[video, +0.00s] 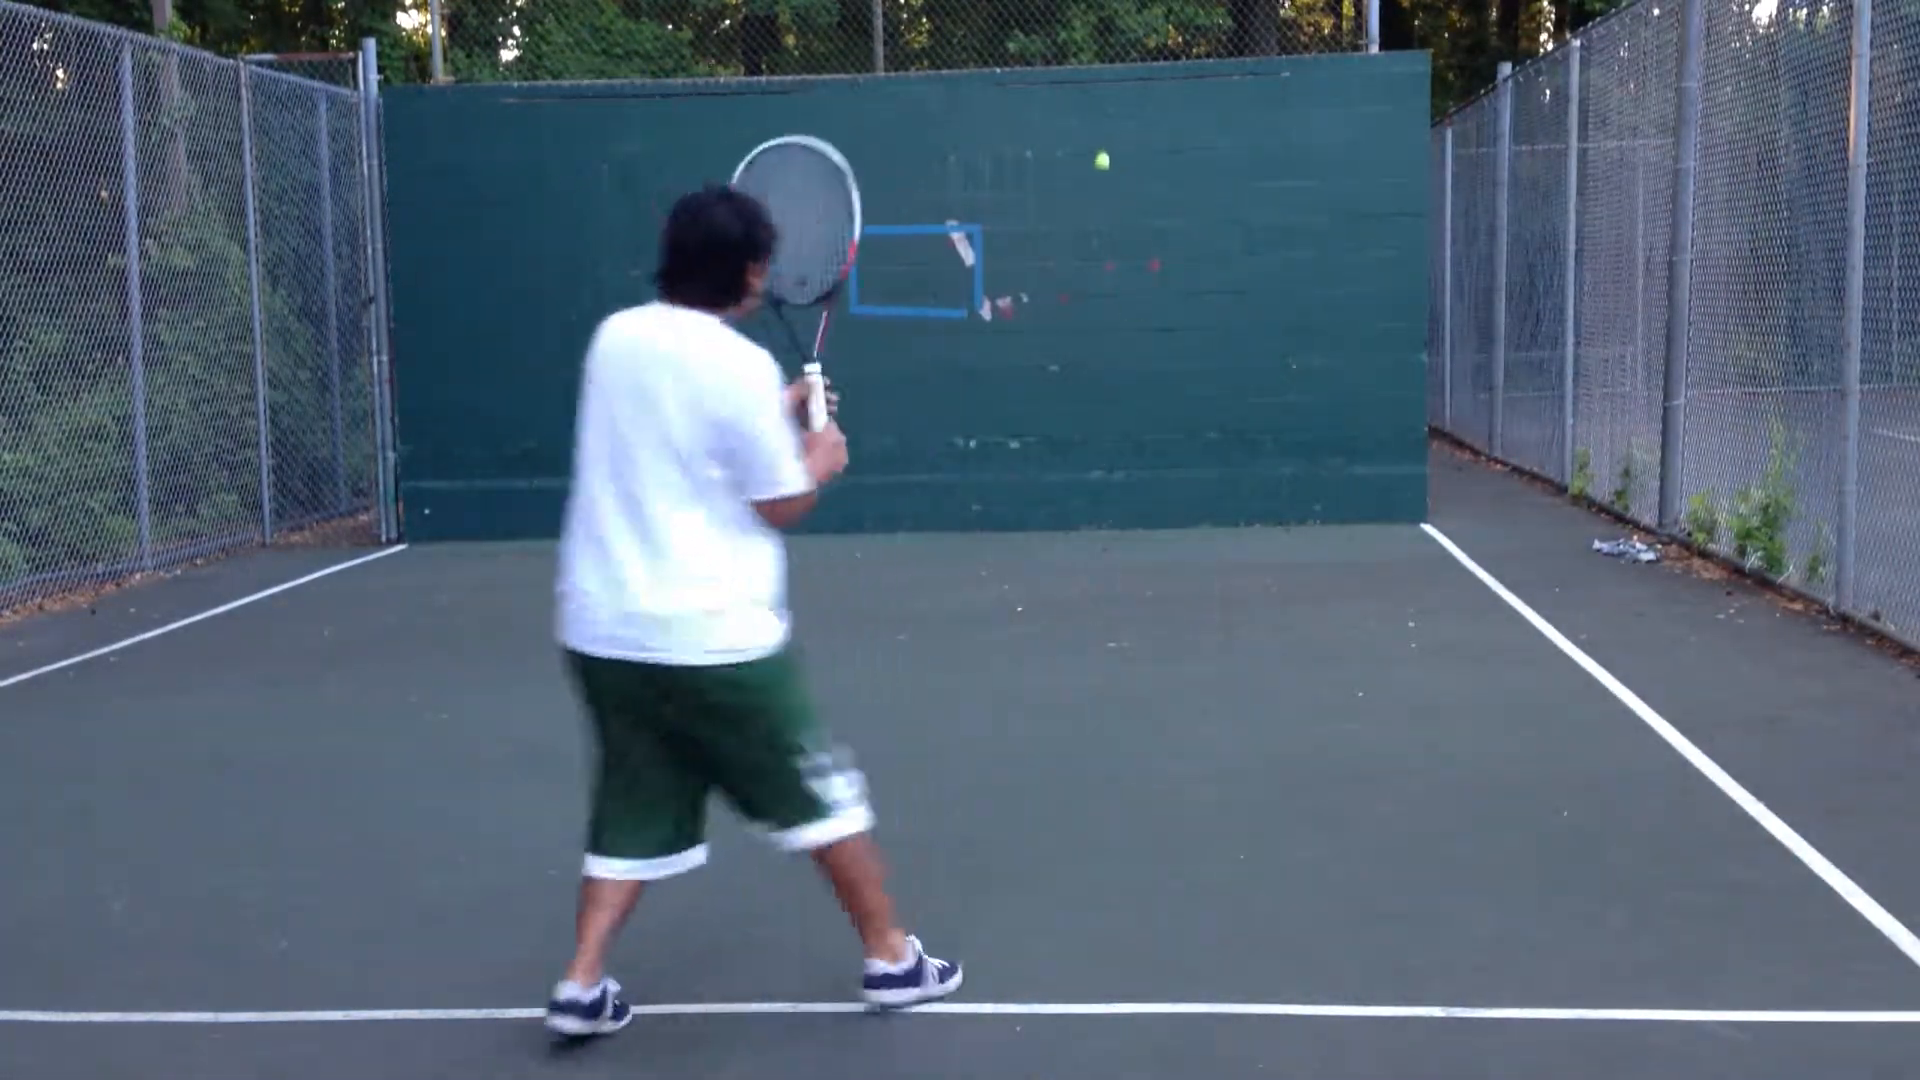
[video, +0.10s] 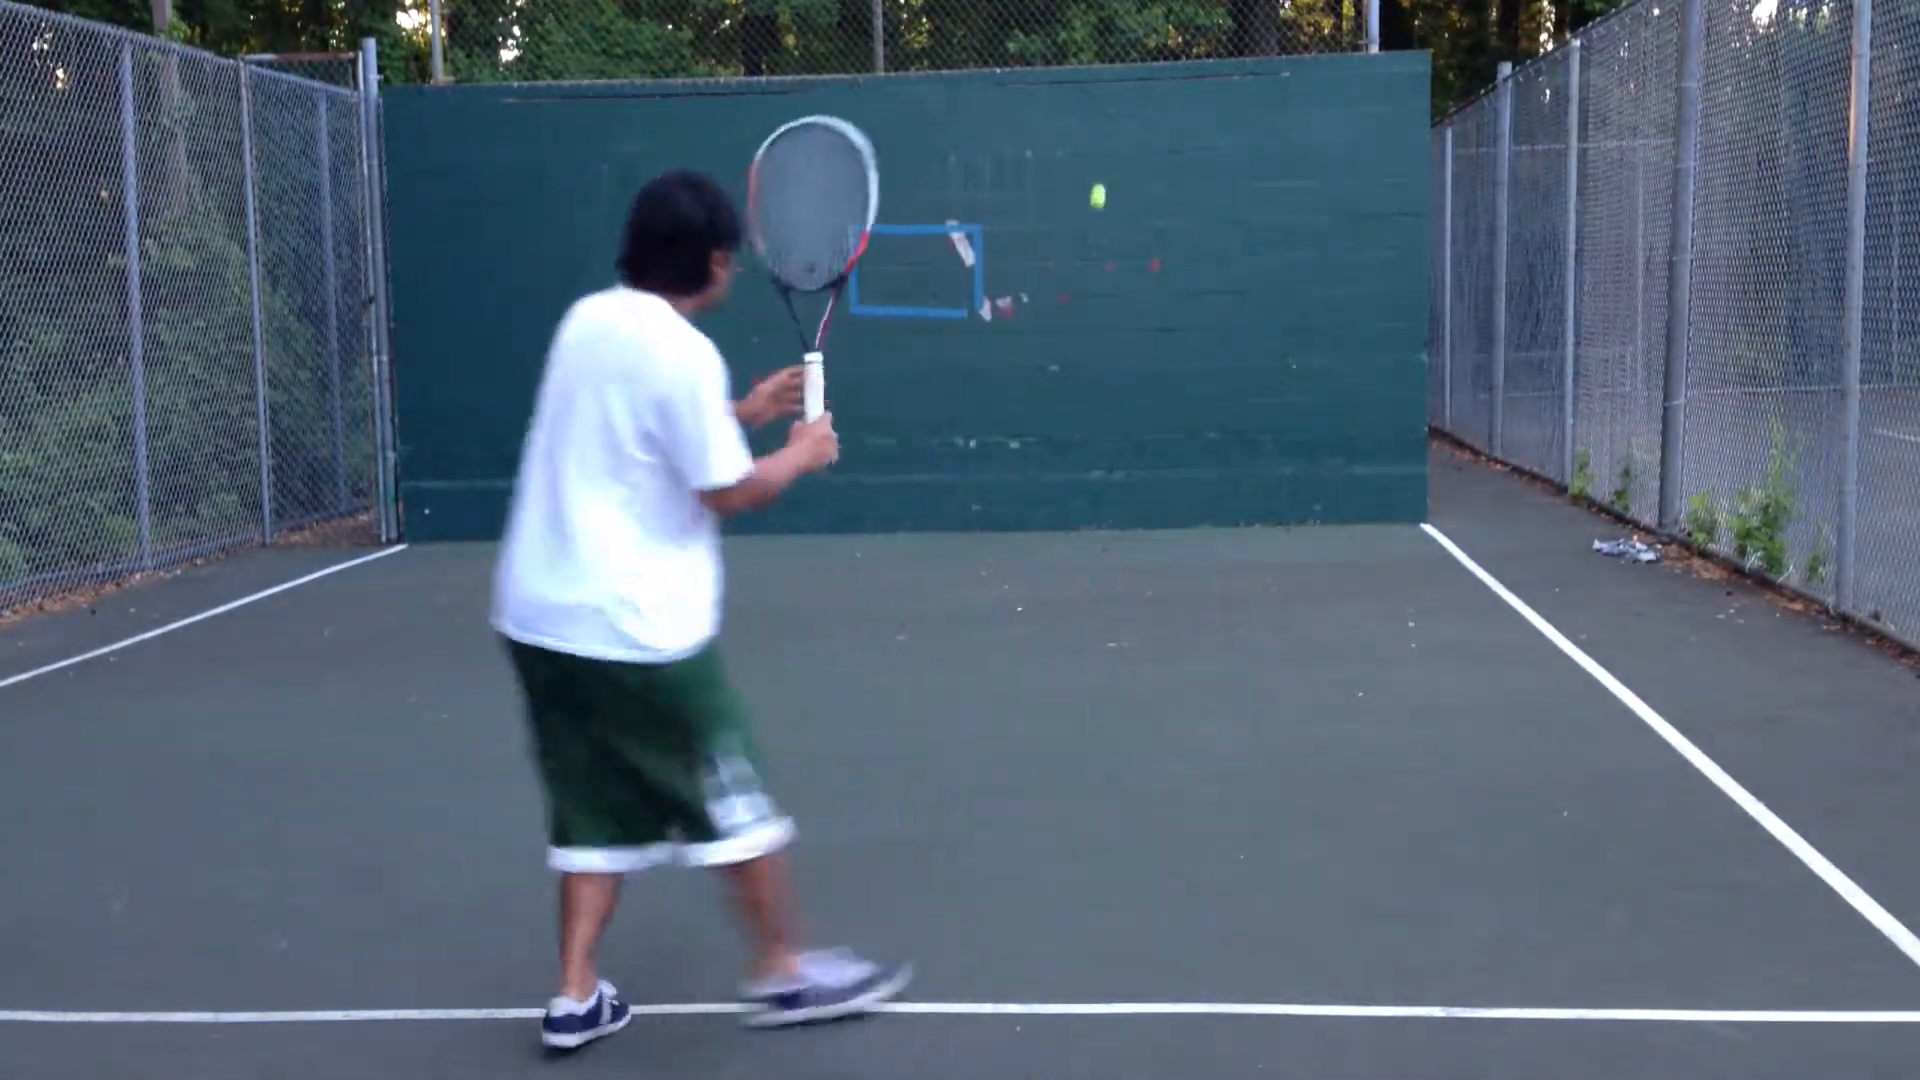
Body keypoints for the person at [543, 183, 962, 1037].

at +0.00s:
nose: (765, 280)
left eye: (764, 265)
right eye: (761, 266)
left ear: (671, 263)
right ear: (743, 276)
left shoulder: (613, 337)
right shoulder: (736, 367)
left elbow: (675, 437)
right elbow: (781, 503)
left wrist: (777, 409)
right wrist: (822, 461)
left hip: (602, 631)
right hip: (716, 641)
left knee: (635, 804)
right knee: (819, 794)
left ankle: (581, 983)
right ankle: (891, 956)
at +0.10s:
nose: (732, 272)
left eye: (731, 256)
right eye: (728, 258)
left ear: (641, 249)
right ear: (706, 265)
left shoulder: (586, 318)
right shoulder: (682, 355)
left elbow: (632, 427)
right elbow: (727, 490)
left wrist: (745, 407)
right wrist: (801, 456)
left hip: (542, 618)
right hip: (640, 632)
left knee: (591, 813)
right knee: (738, 802)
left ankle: (574, 997)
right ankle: (784, 970)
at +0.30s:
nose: (676, 269)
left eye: (675, 253)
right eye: (672, 254)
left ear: (589, 243)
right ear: (642, 261)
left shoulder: (544, 304)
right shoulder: (592, 339)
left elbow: (588, 428)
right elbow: (644, 477)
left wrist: (700, 425)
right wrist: (771, 455)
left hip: (437, 586)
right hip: (486, 612)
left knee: (474, 806)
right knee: (497, 828)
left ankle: (459, 986)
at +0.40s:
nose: (641, 300)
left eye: (641, 283)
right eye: (639, 285)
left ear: (551, 274)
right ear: (616, 293)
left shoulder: (517, 344)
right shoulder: (536, 366)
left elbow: (580, 458)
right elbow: (567, 505)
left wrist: (688, 462)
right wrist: (697, 489)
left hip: (399, 630)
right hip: (442, 653)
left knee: (393, 837)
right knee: (435, 872)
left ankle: (361, 1013)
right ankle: (356, 1058)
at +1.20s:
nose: (452, 208)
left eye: (451, 193)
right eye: (447, 194)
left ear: (342, 197)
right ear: (425, 202)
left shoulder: (278, 296)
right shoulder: (446, 273)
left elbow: (242, 408)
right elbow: (529, 302)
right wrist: (446, 243)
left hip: (303, 590)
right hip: (416, 587)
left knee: (288, 787)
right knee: (434, 814)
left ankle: (265, 981)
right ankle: (389, 1034)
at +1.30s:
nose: (432, 242)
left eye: (431, 229)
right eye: (429, 230)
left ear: (324, 239)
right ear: (409, 239)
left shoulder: (267, 334)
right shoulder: (435, 301)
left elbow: (236, 457)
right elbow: (459, 331)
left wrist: (270, 328)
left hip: (301, 626)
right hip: (410, 618)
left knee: (303, 823)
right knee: (454, 838)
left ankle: (295, 1015)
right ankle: (390, 1030)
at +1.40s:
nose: (416, 265)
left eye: (412, 250)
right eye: (411, 253)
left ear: (310, 267)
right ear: (393, 263)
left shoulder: (261, 363)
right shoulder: (432, 323)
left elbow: (239, 492)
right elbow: (390, 376)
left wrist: (249, 375)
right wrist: (282, 351)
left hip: (298, 640)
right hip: (415, 630)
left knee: (305, 832)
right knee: (468, 836)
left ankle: (295, 1016)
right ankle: (406, 1013)